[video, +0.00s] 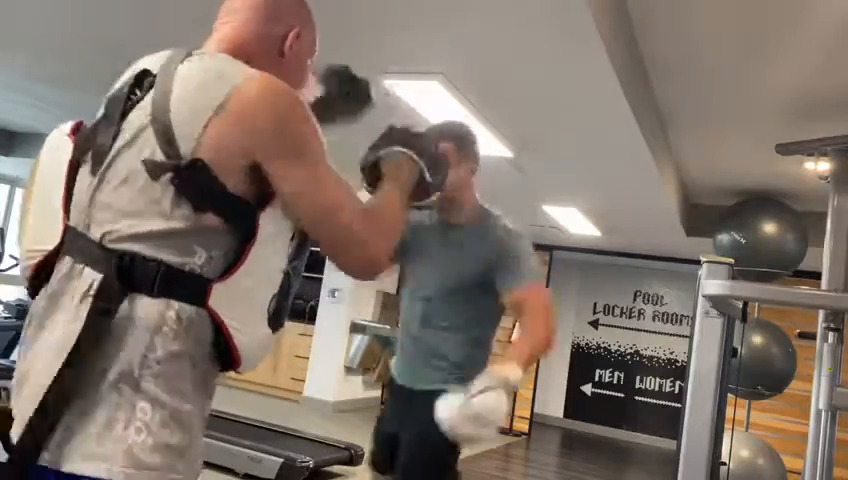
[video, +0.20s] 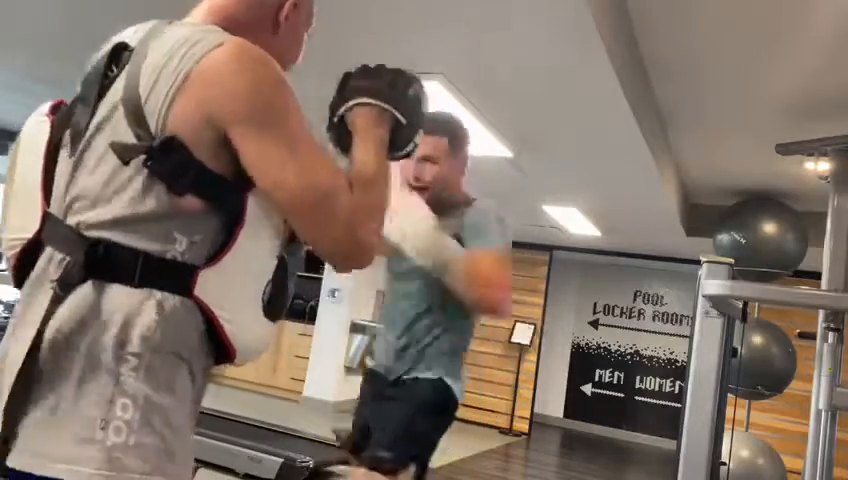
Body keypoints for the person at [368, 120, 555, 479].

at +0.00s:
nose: (439, 176)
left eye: (448, 165)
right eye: (433, 166)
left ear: (472, 168)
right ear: (423, 170)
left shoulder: (501, 240)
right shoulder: (413, 229)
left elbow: (538, 323)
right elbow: (363, 252)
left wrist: (502, 378)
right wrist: (392, 183)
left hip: (449, 395)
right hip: (401, 384)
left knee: (420, 472)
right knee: (384, 464)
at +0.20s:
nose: (415, 173)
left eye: (429, 161)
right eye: (413, 159)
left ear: (460, 165)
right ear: (406, 160)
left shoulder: (479, 217)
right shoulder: (408, 215)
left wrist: (427, 239)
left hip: (431, 377)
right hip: (383, 367)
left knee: (380, 469)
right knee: (357, 464)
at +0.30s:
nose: (425, 188)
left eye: (440, 178)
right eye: (420, 173)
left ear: (467, 182)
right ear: (411, 172)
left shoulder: (482, 245)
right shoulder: (383, 218)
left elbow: (511, 339)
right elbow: (313, 254)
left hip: (423, 395)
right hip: (365, 385)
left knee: (379, 472)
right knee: (360, 473)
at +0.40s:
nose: (396, 181)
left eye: (410, 170)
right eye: (392, 169)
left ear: (442, 173)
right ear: (382, 171)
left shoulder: (472, 251)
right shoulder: (361, 234)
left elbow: (511, 318)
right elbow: (320, 274)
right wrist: (263, 264)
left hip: (407, 407)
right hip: (348, 399)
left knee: (355, 472)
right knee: (349, 473)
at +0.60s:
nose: (326, 168)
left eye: (335, 155)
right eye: (327, 155)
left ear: (369, 157)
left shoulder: (418, 222)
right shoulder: (373, 220)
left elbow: (411, 299)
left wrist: (326, 320)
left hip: (393, 413)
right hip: (370, 403)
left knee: (316, 473)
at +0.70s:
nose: (363, 172)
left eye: (375, 157)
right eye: (360, 159)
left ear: (412, 155)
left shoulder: (447, 222)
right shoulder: (370, 222)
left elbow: (450, 304)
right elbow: (315, 273)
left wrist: (364, 292)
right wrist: (323, 219)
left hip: (412, 404)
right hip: (373, 395)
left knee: (343, 471)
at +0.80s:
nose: (388, 162)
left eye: (402, 149)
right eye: (385, 150)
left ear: (440, 151)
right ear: (381, 150)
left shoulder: (476, 220)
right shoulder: (398, 214)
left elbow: (471, 296)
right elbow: (331, 263)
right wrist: (354, 204)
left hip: (431, 396)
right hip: (394, 386)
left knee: (368, 471)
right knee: (415, 475)